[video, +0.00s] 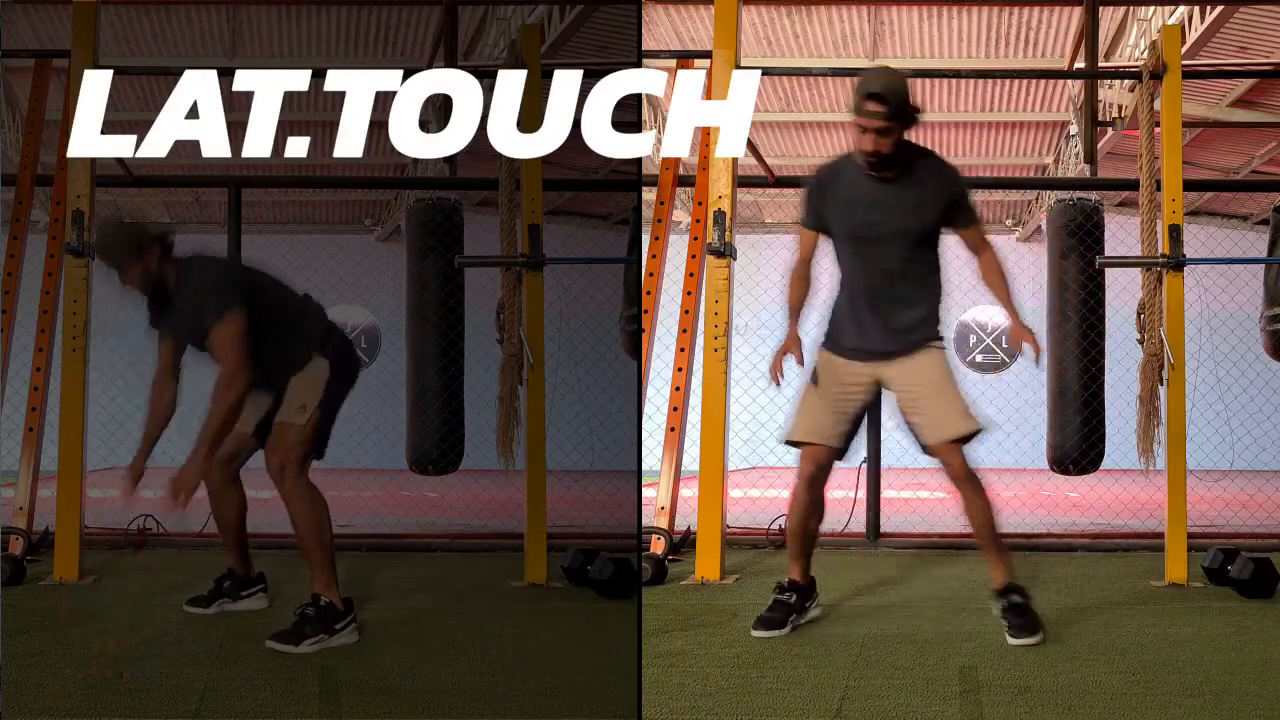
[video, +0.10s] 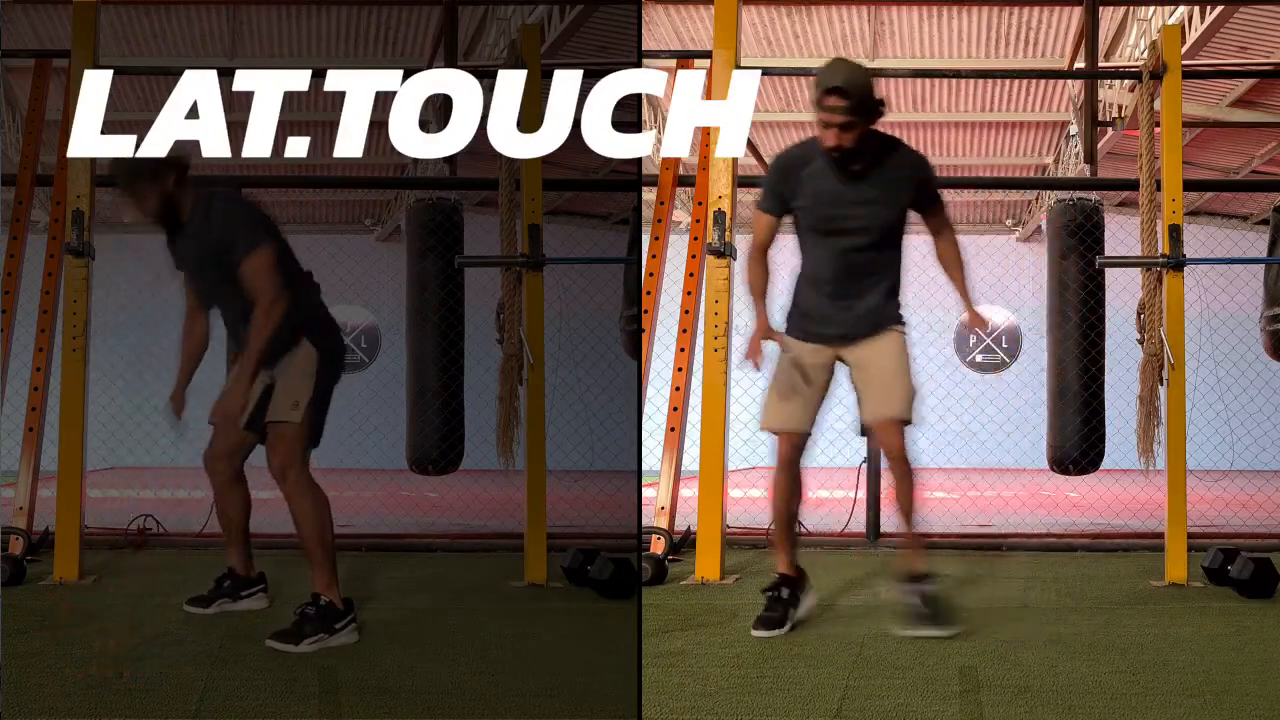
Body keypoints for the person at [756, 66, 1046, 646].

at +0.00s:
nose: (871, 144)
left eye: (883, 132)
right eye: (863, 130)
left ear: (905, 126)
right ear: (850, 122)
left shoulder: (936, 177)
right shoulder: (826, 183)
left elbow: (981, 249)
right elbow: (804, 261)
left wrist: (1013, 317)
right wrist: (792, 328)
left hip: (917, 348)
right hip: (844, 348)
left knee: (958, 467)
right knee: (811, 466)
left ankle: (1007, 589)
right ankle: (796, 586)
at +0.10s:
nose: (833, 139)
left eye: (846, 127)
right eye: (824, 126)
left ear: (871, 117)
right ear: (813, 116)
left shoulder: (905, 166)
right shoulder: (792, 165)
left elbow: (942, 232)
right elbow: (758, 246)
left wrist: (968, 304)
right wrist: (760, 318)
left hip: (877, 328)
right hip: (807, 328)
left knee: (891, 439)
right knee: (786, 449)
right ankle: (786, 578)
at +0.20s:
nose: (795, 169)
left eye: (809, 158)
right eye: (788, 154)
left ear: (834, 147)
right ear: (777, 142)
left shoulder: (874, 180)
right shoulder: (755, 183)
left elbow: (911, 228)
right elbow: (721, 269)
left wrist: (928, 300)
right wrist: (721, 351)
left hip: (848, 327)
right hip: (776, 325)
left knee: (836, 442)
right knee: (735, 433)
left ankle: (812, 574)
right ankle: (735, 557)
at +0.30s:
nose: (752, 232)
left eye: (763, 221)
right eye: (745, 219)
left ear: (786, 213)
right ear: (734, 208)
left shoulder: (836, 226)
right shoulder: (717, 237)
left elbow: (884, 254)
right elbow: (686, 331)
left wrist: (900, 317)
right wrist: (682, 412)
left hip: (813, 358)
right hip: (742, 351)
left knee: (792, 466)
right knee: (679, 458)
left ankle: (770, 596)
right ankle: (646, 558)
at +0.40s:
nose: (710, 319)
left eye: (721, 306)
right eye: (703, 304)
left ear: (742, 292)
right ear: (692, 289)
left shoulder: (792, 283)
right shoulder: (674, 313)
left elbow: (854, 291)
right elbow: (652, 411)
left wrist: (876, 351)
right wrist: (644, 486)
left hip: (784, 375)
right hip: (713, 375)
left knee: (787, 468)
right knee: (660, 458)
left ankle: (770, 595)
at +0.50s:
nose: (681, 397)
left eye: (693, 384)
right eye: (675, 382)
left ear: (712, 368)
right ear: (666, 367)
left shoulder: (761, 335)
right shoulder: (653, 368)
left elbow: (821, 316)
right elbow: (639, 437)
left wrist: (846, 368)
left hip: (760, 382)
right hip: (694, 392)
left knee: (775, 473)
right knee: (640, 461)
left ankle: (769, 592)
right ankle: (609, 554)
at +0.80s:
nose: (714, 349)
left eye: (724, 338)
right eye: (706, 336)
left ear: (743, 320)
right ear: (694, 319)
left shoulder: (781, 312)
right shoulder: (665, 334)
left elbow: (833, 317)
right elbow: (642, 409)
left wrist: (844, 374)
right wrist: (657, 448)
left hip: (767, 376)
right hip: (694, 380)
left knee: (777, 467)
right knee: (645, 455)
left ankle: (770, 595)